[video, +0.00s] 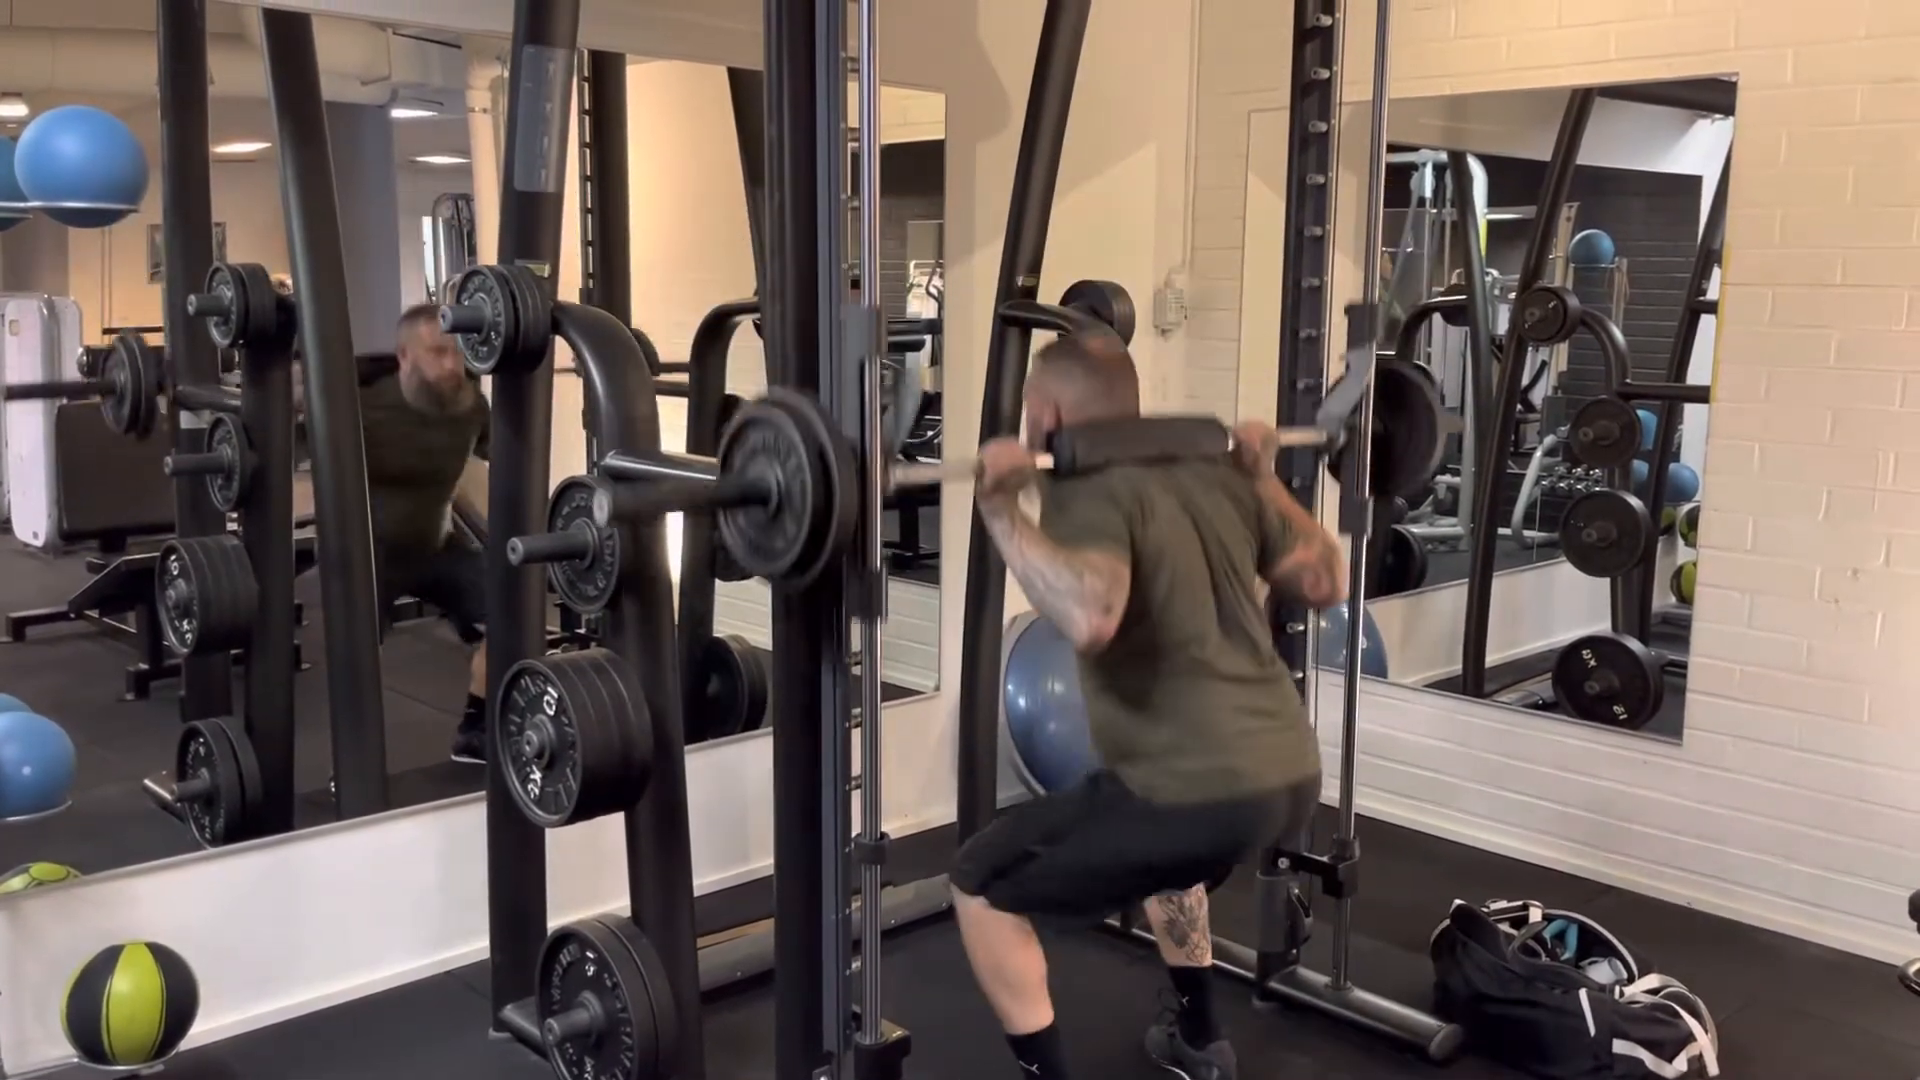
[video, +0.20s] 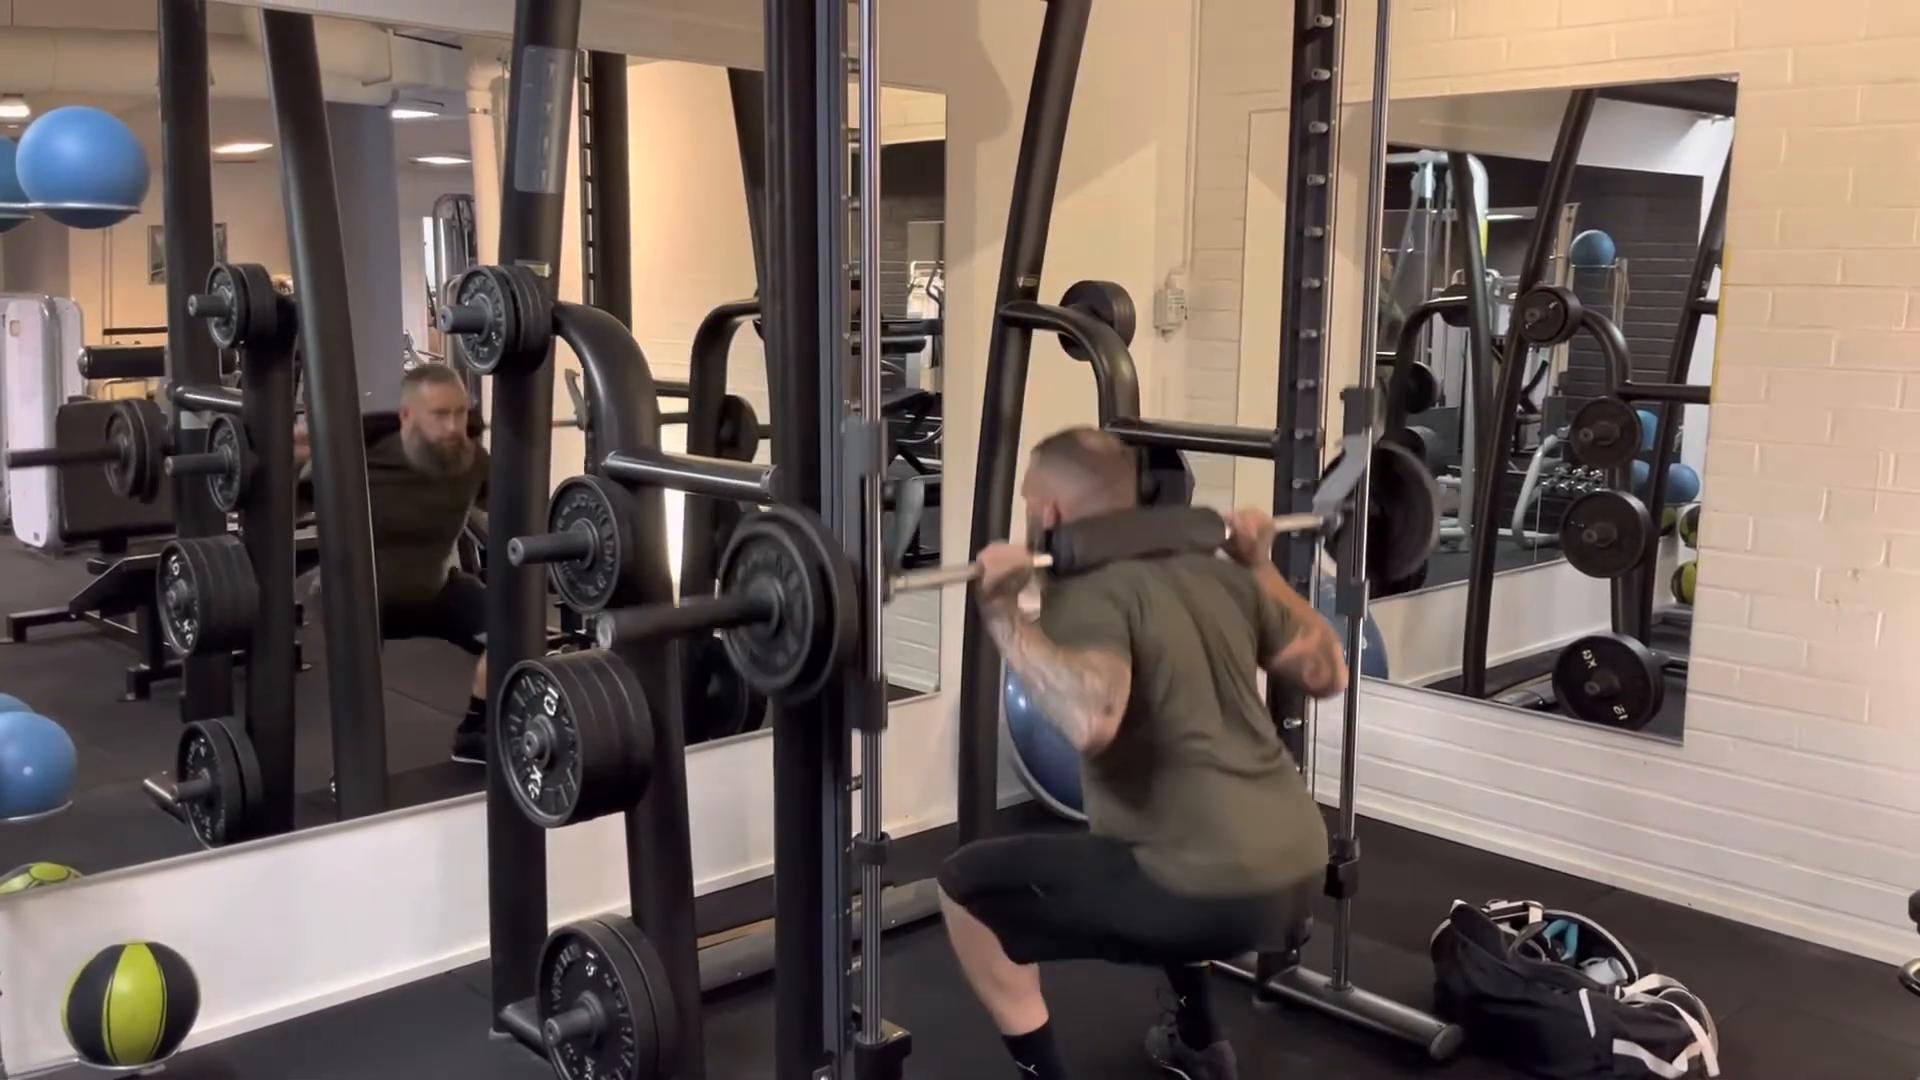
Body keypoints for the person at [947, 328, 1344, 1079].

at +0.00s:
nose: (1028, 422)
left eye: (1030, 408)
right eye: (1028, 409)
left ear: (1048, 416)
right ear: (1127, 402)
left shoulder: (1093, 486)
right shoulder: (1222, 477)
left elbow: (1089, 615)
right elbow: (1327, 579)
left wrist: (999, 506)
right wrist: (1265, 476)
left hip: (1186, 798)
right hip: (1285, 782)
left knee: (981, 883)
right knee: (1159, 844)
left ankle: (1045, 1068)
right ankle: (1200, 1033)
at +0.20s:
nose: (1028, 520)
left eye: (1029, 505)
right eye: (1027, 503)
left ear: (1052, 513)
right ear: (1125, 499)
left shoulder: (1092, 586)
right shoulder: (1219, 574)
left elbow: (1091, 719)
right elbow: (1327, 672)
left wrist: (1003, 617)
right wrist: (1262, 567)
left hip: (1197, 891)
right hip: (1296, 873)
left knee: (967, 884)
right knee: (1128, 839)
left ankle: (1042, 1069)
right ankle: (1200, 1037)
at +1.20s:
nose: (1037, 398)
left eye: (1039, 383)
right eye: (1037, 384)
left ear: (1060, 385)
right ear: (1136, 374)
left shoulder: (1094, 461)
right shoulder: (1221, 455)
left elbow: (1084, 592)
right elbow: (1325, 564)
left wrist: (1001, 482)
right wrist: (1264, 459)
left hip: (1195, 765)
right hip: (1298, 751)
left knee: (1001, 878)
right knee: (1174, 855)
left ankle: (1048, 1070)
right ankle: (1202, 1039)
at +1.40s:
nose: (1043, 301)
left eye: (1046, 286)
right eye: (1044, 287)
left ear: (1069, 284)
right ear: (1141, 277)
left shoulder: (1091, 369)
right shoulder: (1217, 360)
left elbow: (1079, 497)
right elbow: (1316, 482)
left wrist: (1008, 393)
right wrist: (1267, 372)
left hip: (1161, 680)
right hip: (1261, 667)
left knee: (1025, 871)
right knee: (1183, 840)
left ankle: (1052, 1070)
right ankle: (1202, 1041)